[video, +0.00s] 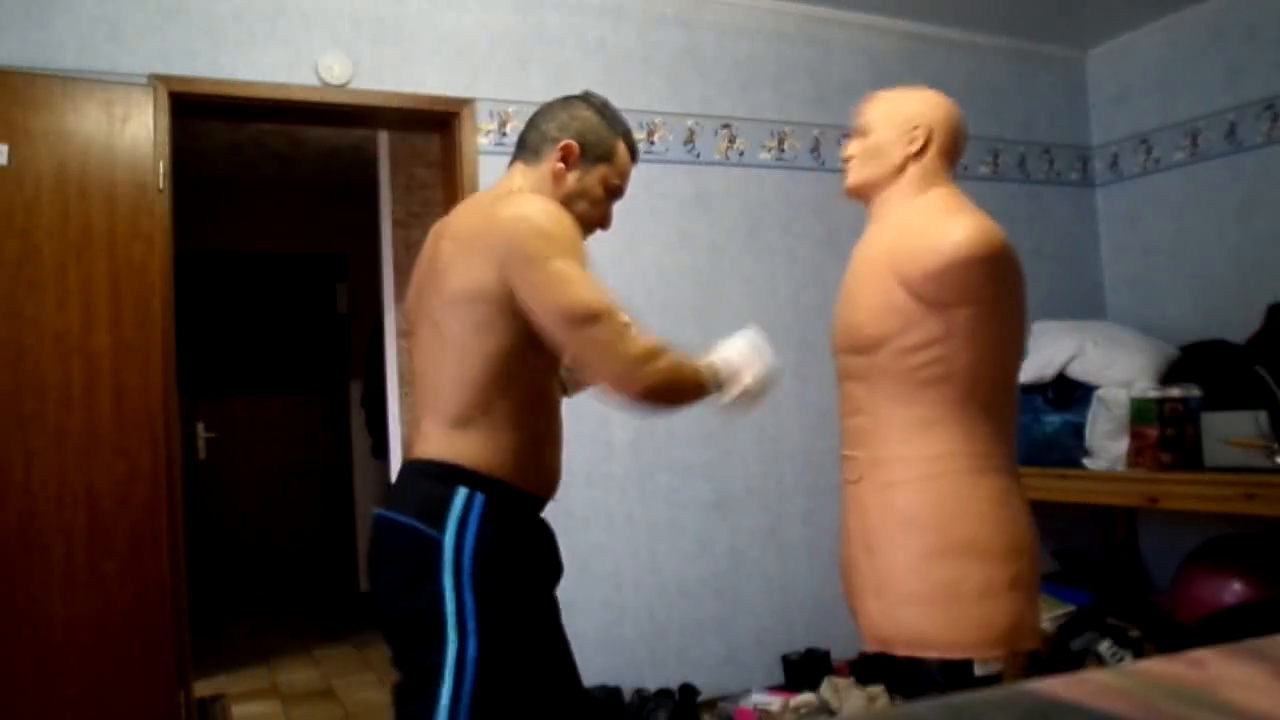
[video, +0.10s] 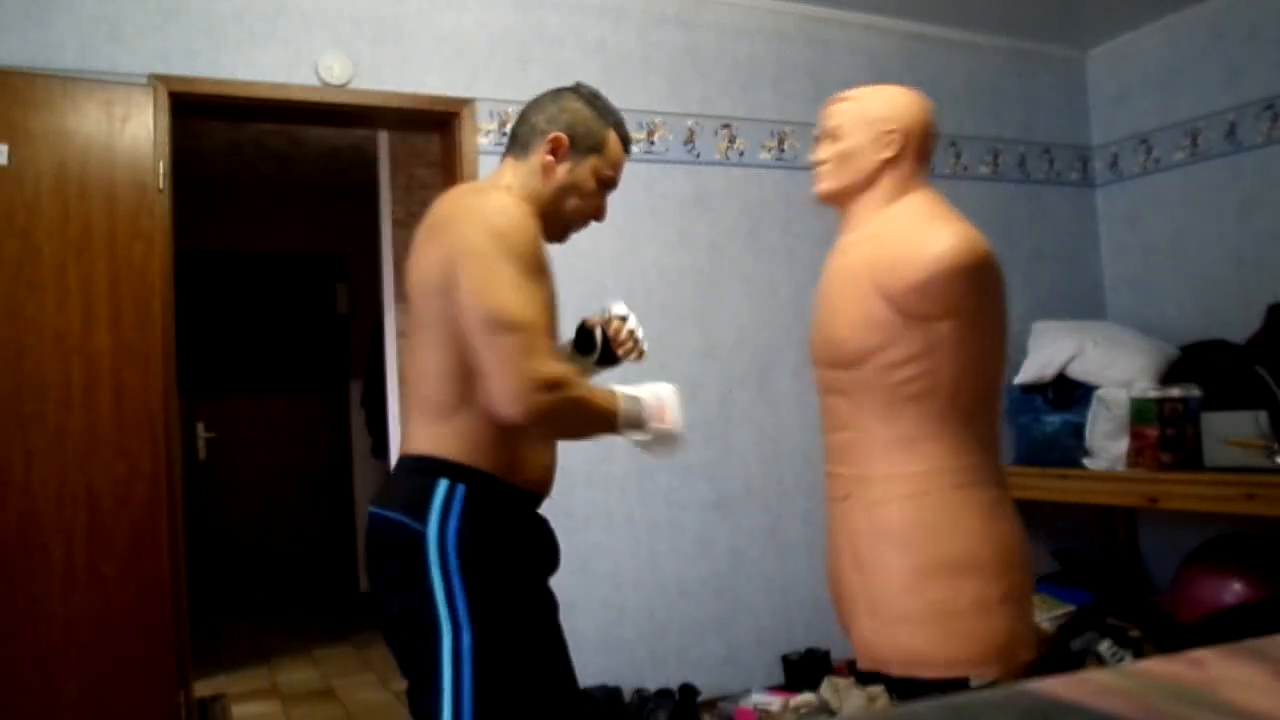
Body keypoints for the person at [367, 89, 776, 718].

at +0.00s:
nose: (608, 218)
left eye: (617, 198)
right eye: (610, 192)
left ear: (557, 158)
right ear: (565, 161)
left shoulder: (463, 225)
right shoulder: (528, 221)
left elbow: (513, 382)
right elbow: (635, 371)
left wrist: (594, 361)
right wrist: (716, 373)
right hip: (472, 530)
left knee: (540, 707)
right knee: (469, 709)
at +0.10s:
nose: (602, 210)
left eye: (610, 191)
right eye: (602, 184)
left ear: (551, 155)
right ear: (555, 154)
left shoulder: (468, 213)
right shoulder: (490, 216)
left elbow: (481, 376)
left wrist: (582, 354)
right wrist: (631, 413)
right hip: (461, 523)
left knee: (531, 704)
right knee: (481, 709)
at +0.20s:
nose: (581, 201)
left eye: (589, 180)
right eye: (580, 173)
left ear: (526, 146)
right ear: (528, 143)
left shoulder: (487, 232)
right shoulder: (446, 210)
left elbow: (505, 378)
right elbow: (475, 384)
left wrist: (578, 326)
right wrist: (593, 362)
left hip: (488, 518)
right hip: (440, 520)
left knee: (538, 706)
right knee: (466, 710)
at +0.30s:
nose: (548, 193)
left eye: (557, 172)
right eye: (547, 167)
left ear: (493, 142)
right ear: (491, 137)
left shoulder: (467, 240)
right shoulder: (403, 214)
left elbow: (507, 375)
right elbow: (475, 376)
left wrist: (565, 289)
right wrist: (574, 293)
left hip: (481, 527)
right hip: (422, 529)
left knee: (532, 705)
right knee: (433, 711)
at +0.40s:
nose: (519, 192)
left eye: (529, 172)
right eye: (520, 166)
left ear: (461, 140)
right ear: (462, 135)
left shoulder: (442, 229)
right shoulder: (369, 214)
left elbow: (495, 373)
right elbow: (473, 376)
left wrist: (536, 262)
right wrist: (538, 258)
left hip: (462, 538)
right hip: (395, 542)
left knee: (512, 709)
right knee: (400, 719)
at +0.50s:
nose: (499, 190)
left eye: (509, 173)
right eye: (501, 167)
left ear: (441, 134)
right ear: (444, 132)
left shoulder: (447, 233)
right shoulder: (342, 207)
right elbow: (440, 385)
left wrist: (508, 257)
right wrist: (515, 257)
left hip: (447, 544)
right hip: (366, 548)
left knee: (496, 716)